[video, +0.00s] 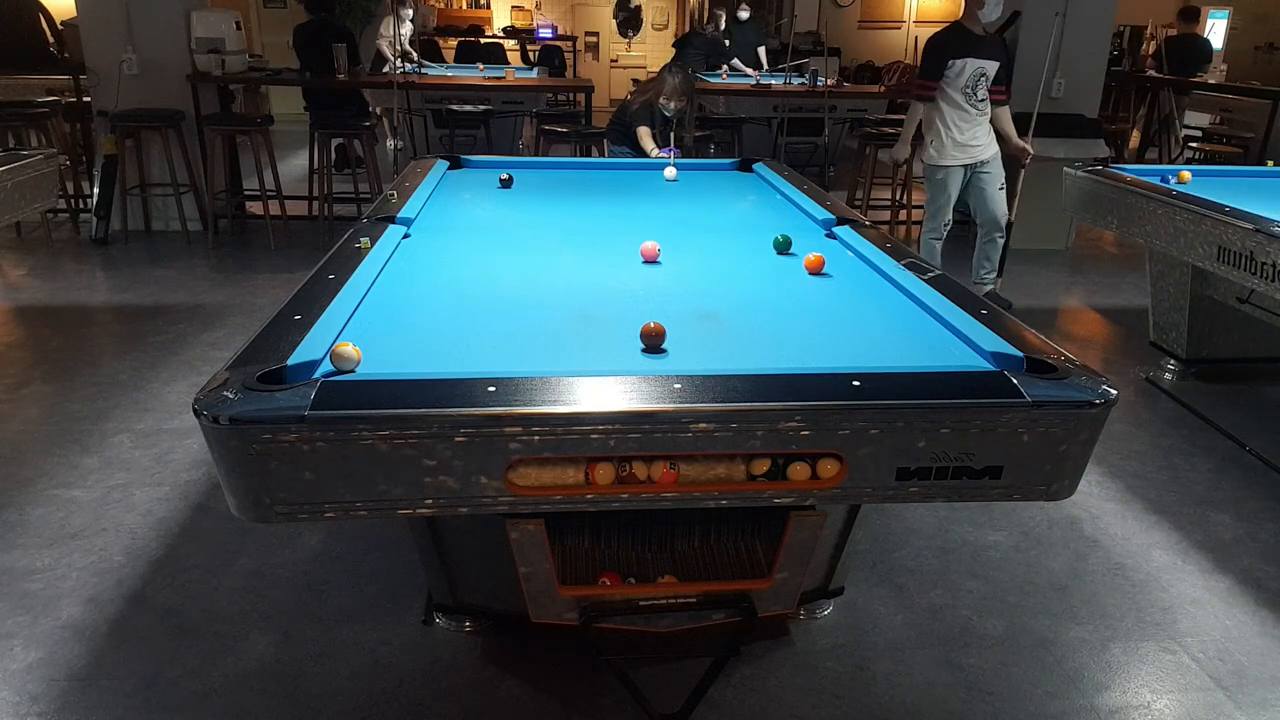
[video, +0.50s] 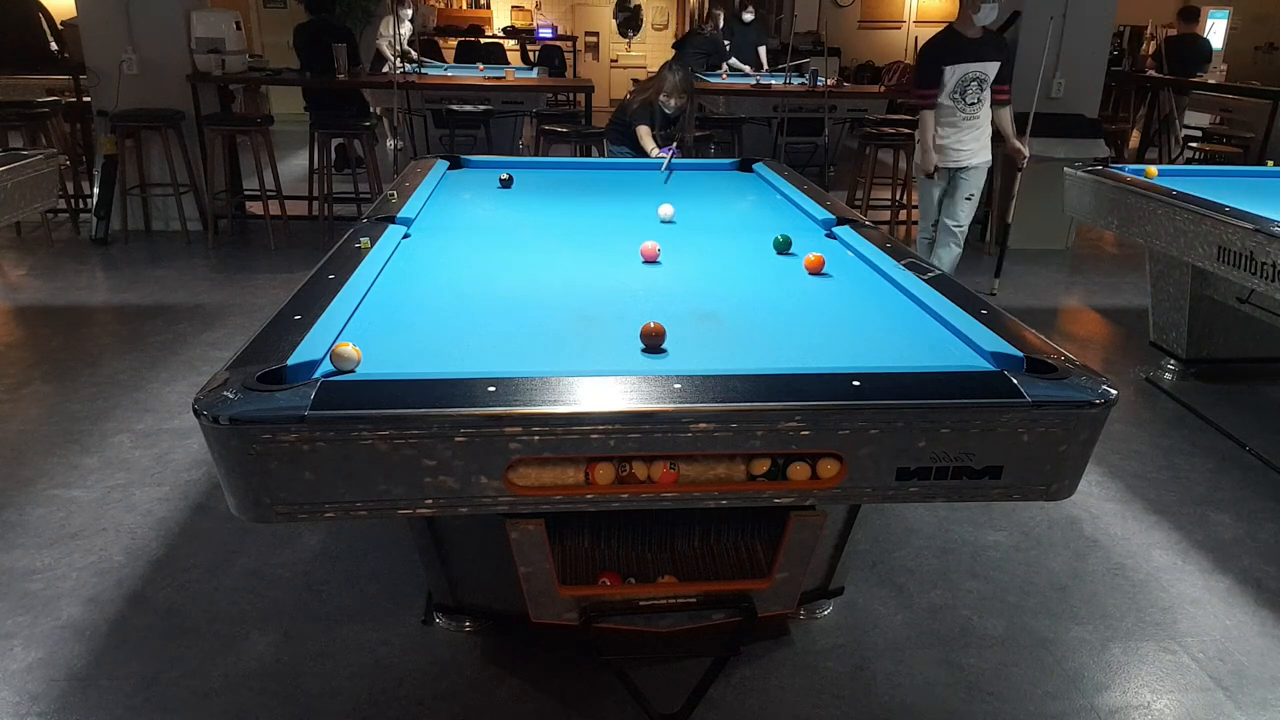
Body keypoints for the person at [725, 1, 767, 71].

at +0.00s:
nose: (743, 13)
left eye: (746, 10)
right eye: (740, 10)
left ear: (750, 12)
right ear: (736, 11)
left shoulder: (756, 26)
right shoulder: (731, 25)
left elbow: (761, 46)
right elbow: (726, 45)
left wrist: (765, 66)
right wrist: (724, 63)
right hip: (733, 69)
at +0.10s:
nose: (744, 14)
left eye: (747, 11)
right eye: (742, 11)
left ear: (751, 13)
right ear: (737, 11)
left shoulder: (756, 25)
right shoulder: (731, 23)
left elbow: (761, 46)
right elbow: (726, 43)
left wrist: (765, 66)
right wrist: (724, 64)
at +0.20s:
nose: (745, 15)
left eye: (748, 12)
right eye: (743, 11)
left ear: (752, 12)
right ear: (738, 11)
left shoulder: (756, 25)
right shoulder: (732, 24)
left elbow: (761, 46)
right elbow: (726, 43)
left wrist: (765, 66)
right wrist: (724, 63)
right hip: (733, 69)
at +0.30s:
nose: (746, 15)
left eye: (749, 12)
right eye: (744, 12)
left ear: (753, 12)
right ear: (739, 12)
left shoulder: (757, 26)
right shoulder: (732, 24)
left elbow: (761, 46)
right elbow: (726, 43)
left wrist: (765, 66)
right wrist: (724, 63)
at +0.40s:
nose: (748, 16)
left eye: (751, 13)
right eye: (745, 13)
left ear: (754, 13)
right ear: (739, 12)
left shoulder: (756, 25)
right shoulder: (732, 25)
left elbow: (761, 46)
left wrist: (765, 66)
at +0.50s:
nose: (749, 16)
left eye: (751, 13)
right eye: (746, 13)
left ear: (755, 13)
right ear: (741, 12)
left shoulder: (757, 25)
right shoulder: (732, 24)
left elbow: (761, 46)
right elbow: (725, 44)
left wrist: (765, 65)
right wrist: (724, 63)